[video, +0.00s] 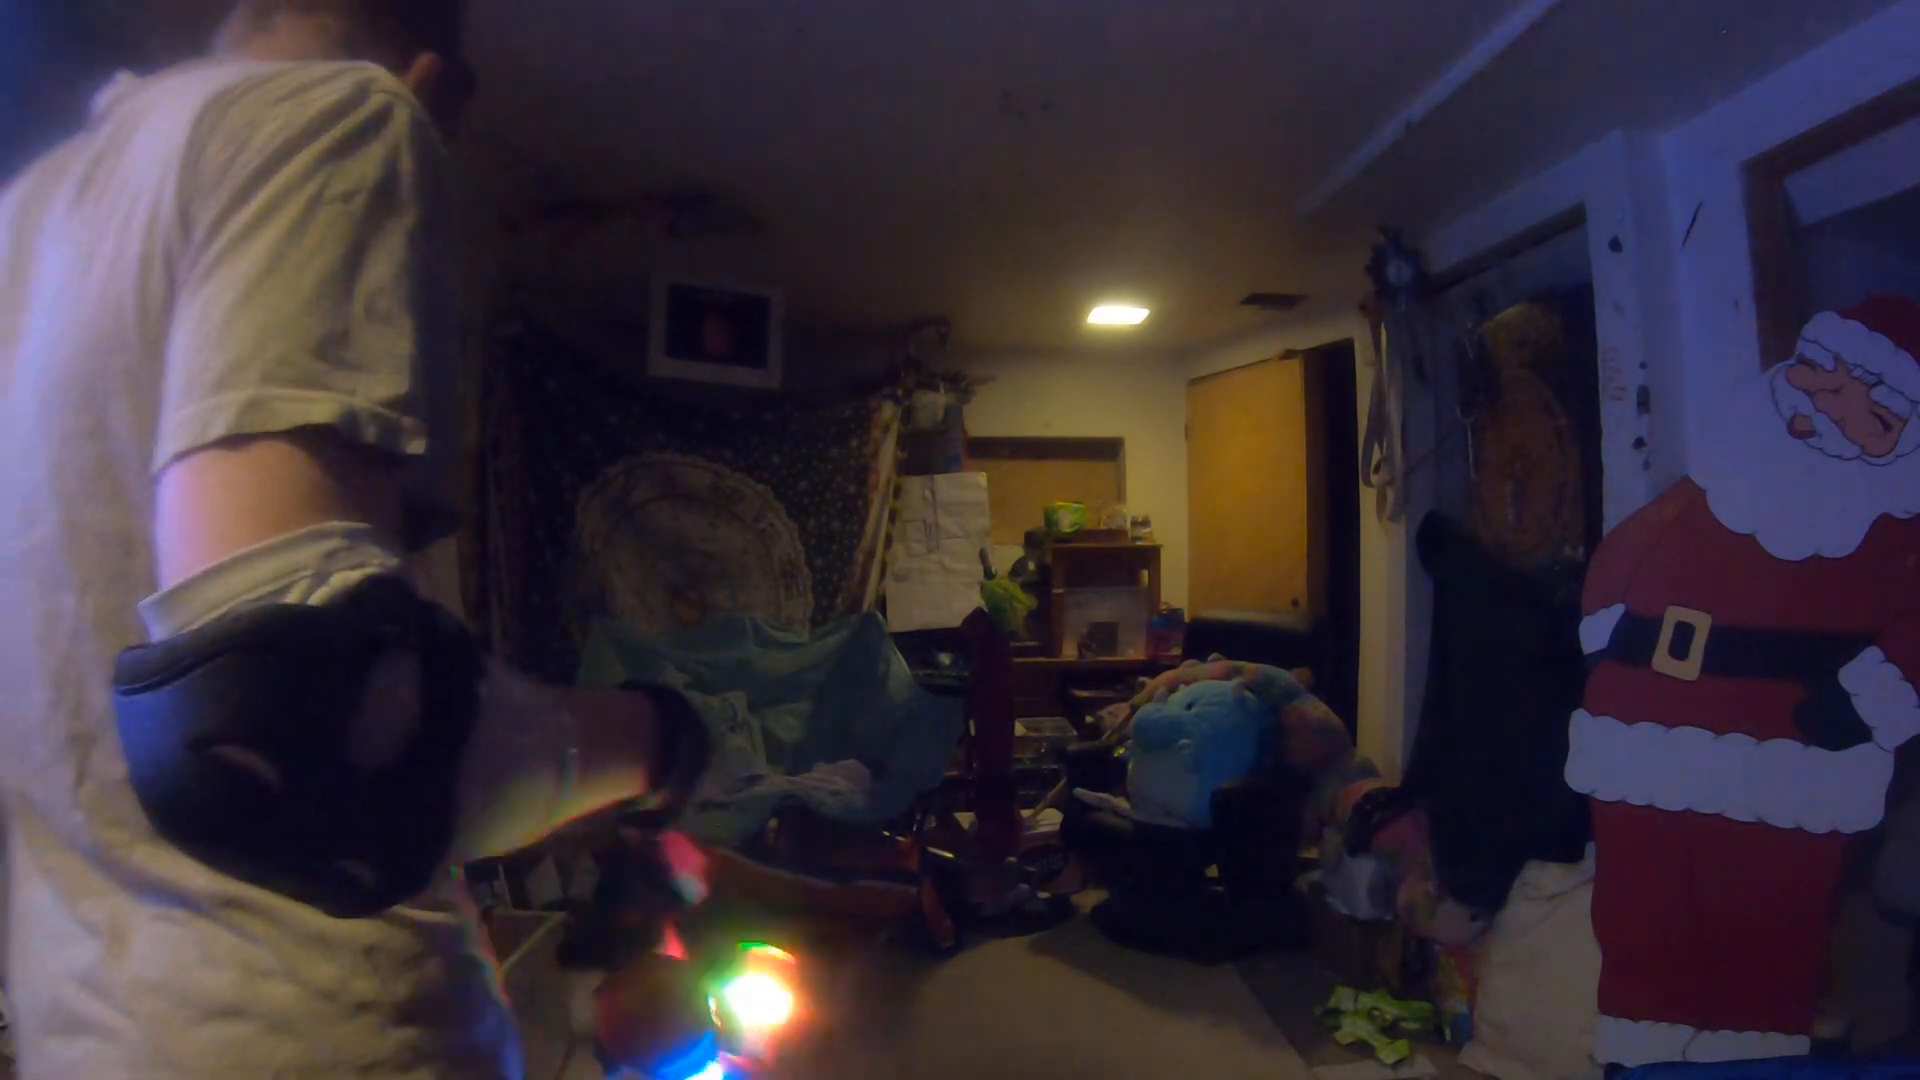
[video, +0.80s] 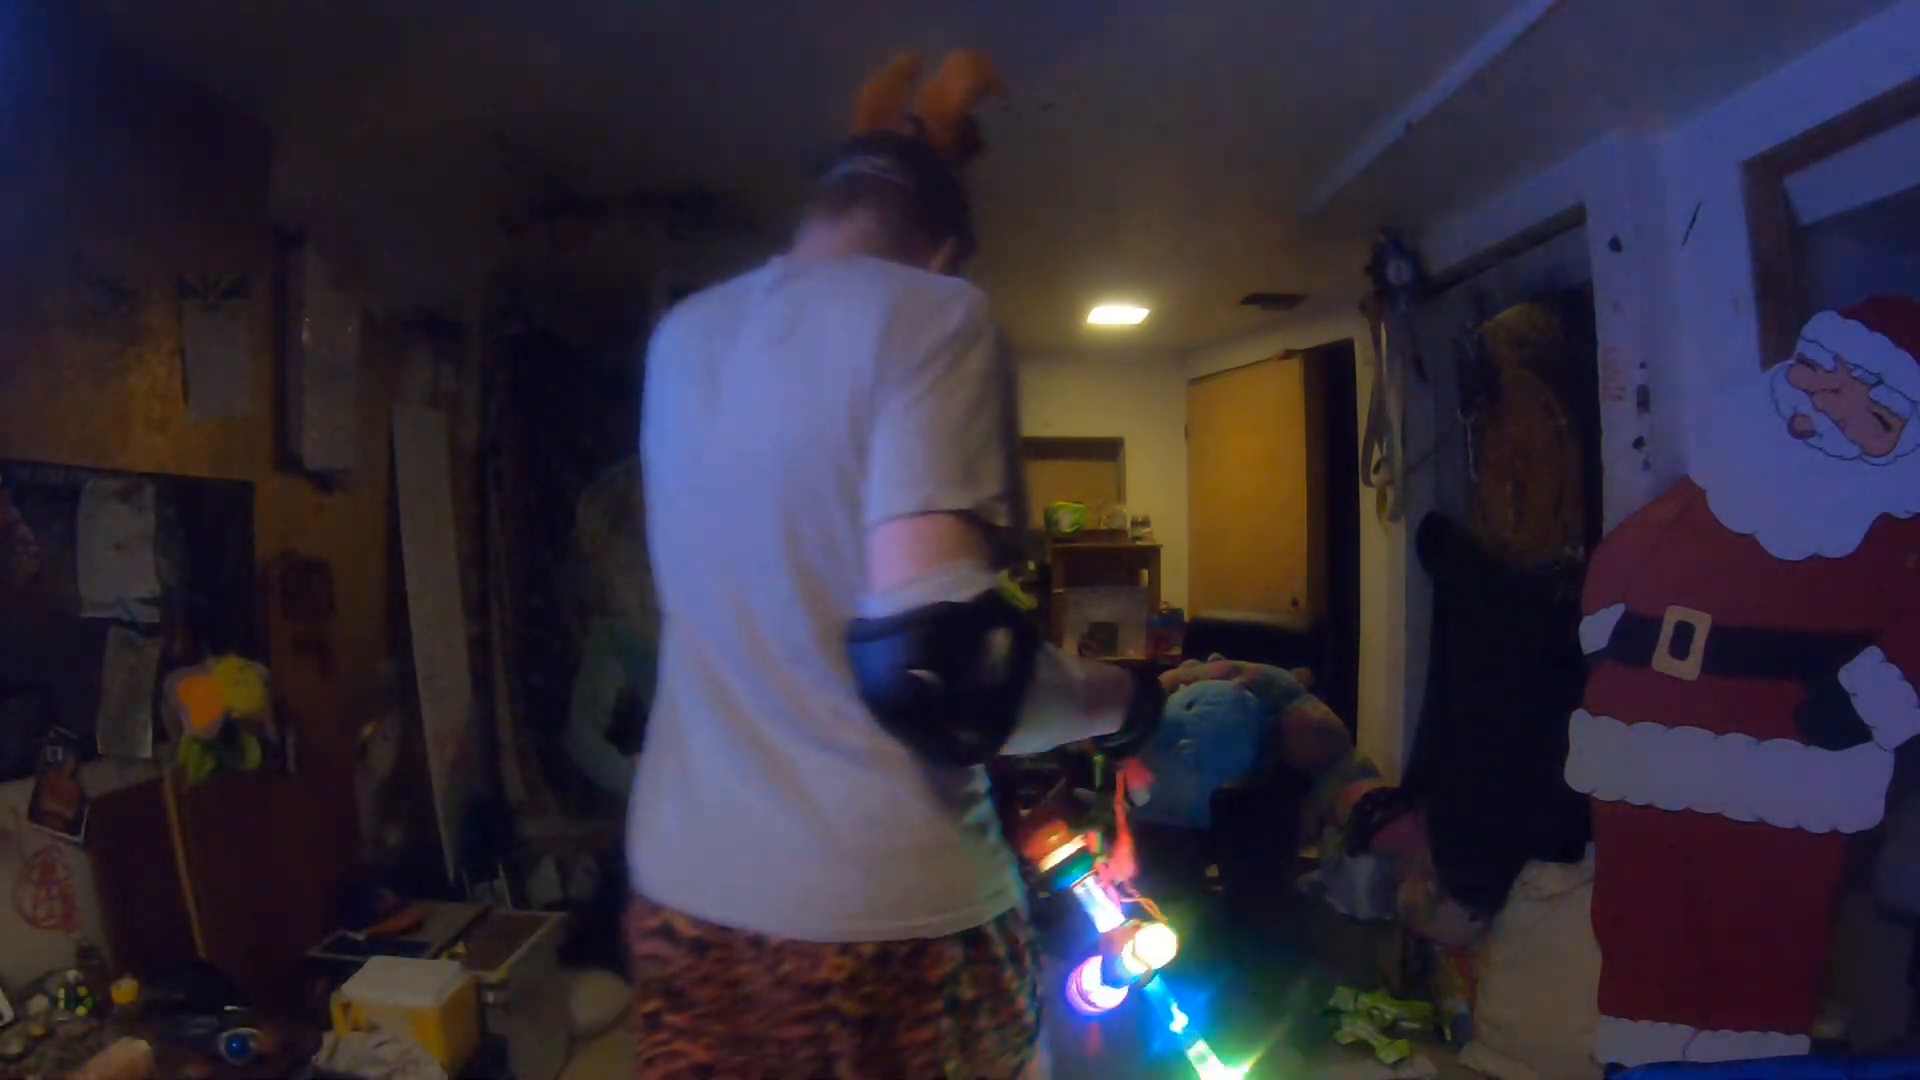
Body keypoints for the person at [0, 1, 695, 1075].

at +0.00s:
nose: (432, 139)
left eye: (441, 127)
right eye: (445, 118)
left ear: (233, 22)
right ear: (423, 76)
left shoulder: (30, 194)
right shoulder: (328, 109)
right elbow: (276, 698)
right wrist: (646, 736)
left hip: (47, 1018)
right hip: (286, 1024)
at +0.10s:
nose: (511, 190)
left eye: (512, 167)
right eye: (515, 159)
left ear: (310, 74)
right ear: (488, 113)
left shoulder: (121, 241)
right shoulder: (395, 157)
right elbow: (354, 707)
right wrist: (724, 747)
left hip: (165, 1008)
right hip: (388, 1028)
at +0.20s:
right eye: (573, 188)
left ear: (388, 111)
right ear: (552, 144)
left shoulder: (210, 281)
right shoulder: (484, 190)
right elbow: (437, 693)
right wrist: (785, 757)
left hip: (270, 992)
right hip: (471, 1006)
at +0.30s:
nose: (640, 222)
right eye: (641, 201)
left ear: (465, 146)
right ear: (622, 172)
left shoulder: (312, 297)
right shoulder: (564, 224)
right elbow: (529, 698)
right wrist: (848, 746)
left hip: (353, 967)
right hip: (549, 1000)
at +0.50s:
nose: (766, 231)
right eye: (779, 214)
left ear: (610, 165)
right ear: (762, 193)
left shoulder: (462, 301)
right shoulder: (708, 247)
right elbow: (668, 660)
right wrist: (955, 719)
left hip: (476, 951)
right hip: (679, 979)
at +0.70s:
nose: (893, 283)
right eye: (899, 262)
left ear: (744, 204)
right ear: (881, 228)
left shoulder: (609, 318)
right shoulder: (852, 285)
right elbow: (838, 658)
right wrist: (1054, 702)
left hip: (604, 913)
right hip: (819, 938)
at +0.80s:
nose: (947, 289)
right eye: (955, 273)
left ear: (812, 220)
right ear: (940, 250)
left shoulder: (680, 334)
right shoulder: (930, 315)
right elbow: (926, 659)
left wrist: (898, 149)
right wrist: (1097, 695)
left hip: (683, 896)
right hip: (890, 913)